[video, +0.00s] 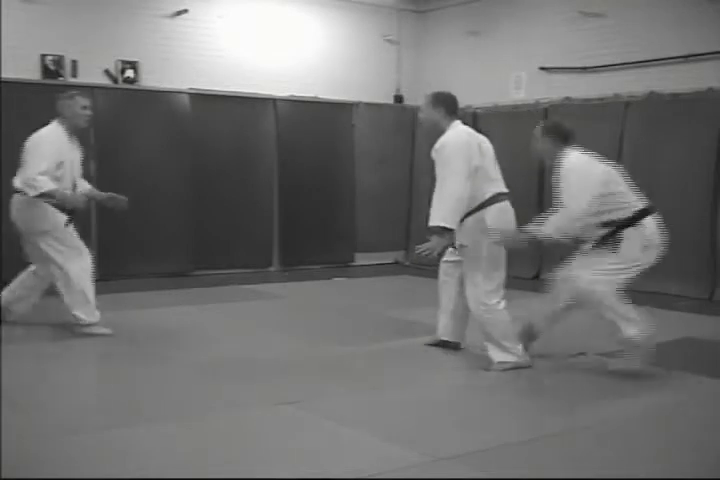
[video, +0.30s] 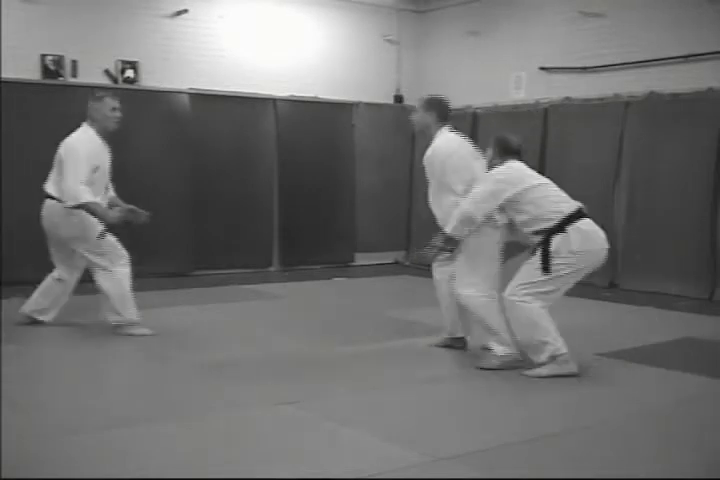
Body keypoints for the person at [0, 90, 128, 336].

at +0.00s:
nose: (89, 114)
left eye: (90, 109)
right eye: (84, 109)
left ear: (83, 112)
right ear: (65, 110)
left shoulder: (72, 144)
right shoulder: (46, 138)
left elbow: (75, 183)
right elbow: (30, 180)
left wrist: (103, 197)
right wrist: (62, 197)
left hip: (43, 208)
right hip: (33, 207)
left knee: (46, 266)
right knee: (77, 257)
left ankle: (7, 307)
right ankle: (86, 320)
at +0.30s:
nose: (118, 115)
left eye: (119, 111)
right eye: (112, 110)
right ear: (94, 111)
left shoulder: (100, 146)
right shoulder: (78, 143)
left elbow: (103, 187)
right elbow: (73, 189)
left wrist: (121, 207)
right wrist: (103, 212)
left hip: (66, 212)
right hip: (64, 211)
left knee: (68, 269)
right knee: (116, 258)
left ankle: (31, 313)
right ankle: (125, 321)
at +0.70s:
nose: (128, 103)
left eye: (127, 98)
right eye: (122, 98)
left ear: (109, 104)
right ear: (104, 102)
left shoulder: (109, 134)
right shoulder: (93, 133)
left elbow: (119, 175)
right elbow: (93, 180)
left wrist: (142, 193)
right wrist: (122, 200)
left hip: (80, 203)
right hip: (86, 204)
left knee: (84, 263)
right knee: (122, 259)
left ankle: (55, 313)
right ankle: (124, 322)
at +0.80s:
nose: (122, 96)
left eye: (122, 91)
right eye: (117, 91)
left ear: (104, 96)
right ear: (98, 95)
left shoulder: (104, 124)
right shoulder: (91, 124)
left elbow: (118, 164)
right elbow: (93, 174)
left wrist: (144, 175)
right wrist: (123, 189)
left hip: (81, 195)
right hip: (87, 198)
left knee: (81, 258)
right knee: (118, 257)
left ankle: (54, 311)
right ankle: (125, 321)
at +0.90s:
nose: (114, 92)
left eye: (114, 88)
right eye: (109, 88)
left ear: (96, 90)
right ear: (91, 89)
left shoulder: (95, 118)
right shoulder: (85, 118)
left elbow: (114, 155)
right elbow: (84, 162)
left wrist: (146, 160)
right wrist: (118, 176)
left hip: (84, 192)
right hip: (87, 194)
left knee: (72, 253)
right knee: (113, 253)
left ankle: (46, 307)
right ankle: (122, 319)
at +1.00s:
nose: (110, 101)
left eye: (110, 96)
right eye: (105, 96)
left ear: (94, 99)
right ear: (89, 97)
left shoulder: (93, 126)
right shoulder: (80, 125)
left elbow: (116, 159)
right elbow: (82, 169)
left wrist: (146, 164)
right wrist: (117, 178)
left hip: (83, 199)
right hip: (82, 201)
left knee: (65, 257)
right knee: (118, 253)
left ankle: (30, 305)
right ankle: (124, 320)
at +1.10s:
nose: (114, 113)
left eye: (115, 108)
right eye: (109, 108)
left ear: (96, 110)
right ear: (92, 108)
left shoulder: (97, 141)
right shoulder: (78, 139)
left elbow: (113, 172)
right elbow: (76, 182)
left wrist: (143, 188)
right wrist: (111, 194)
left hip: (79, 211)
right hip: (74, 211)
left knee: (61, 266)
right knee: (125, 254)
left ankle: (23, 311)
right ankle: (128, 320)